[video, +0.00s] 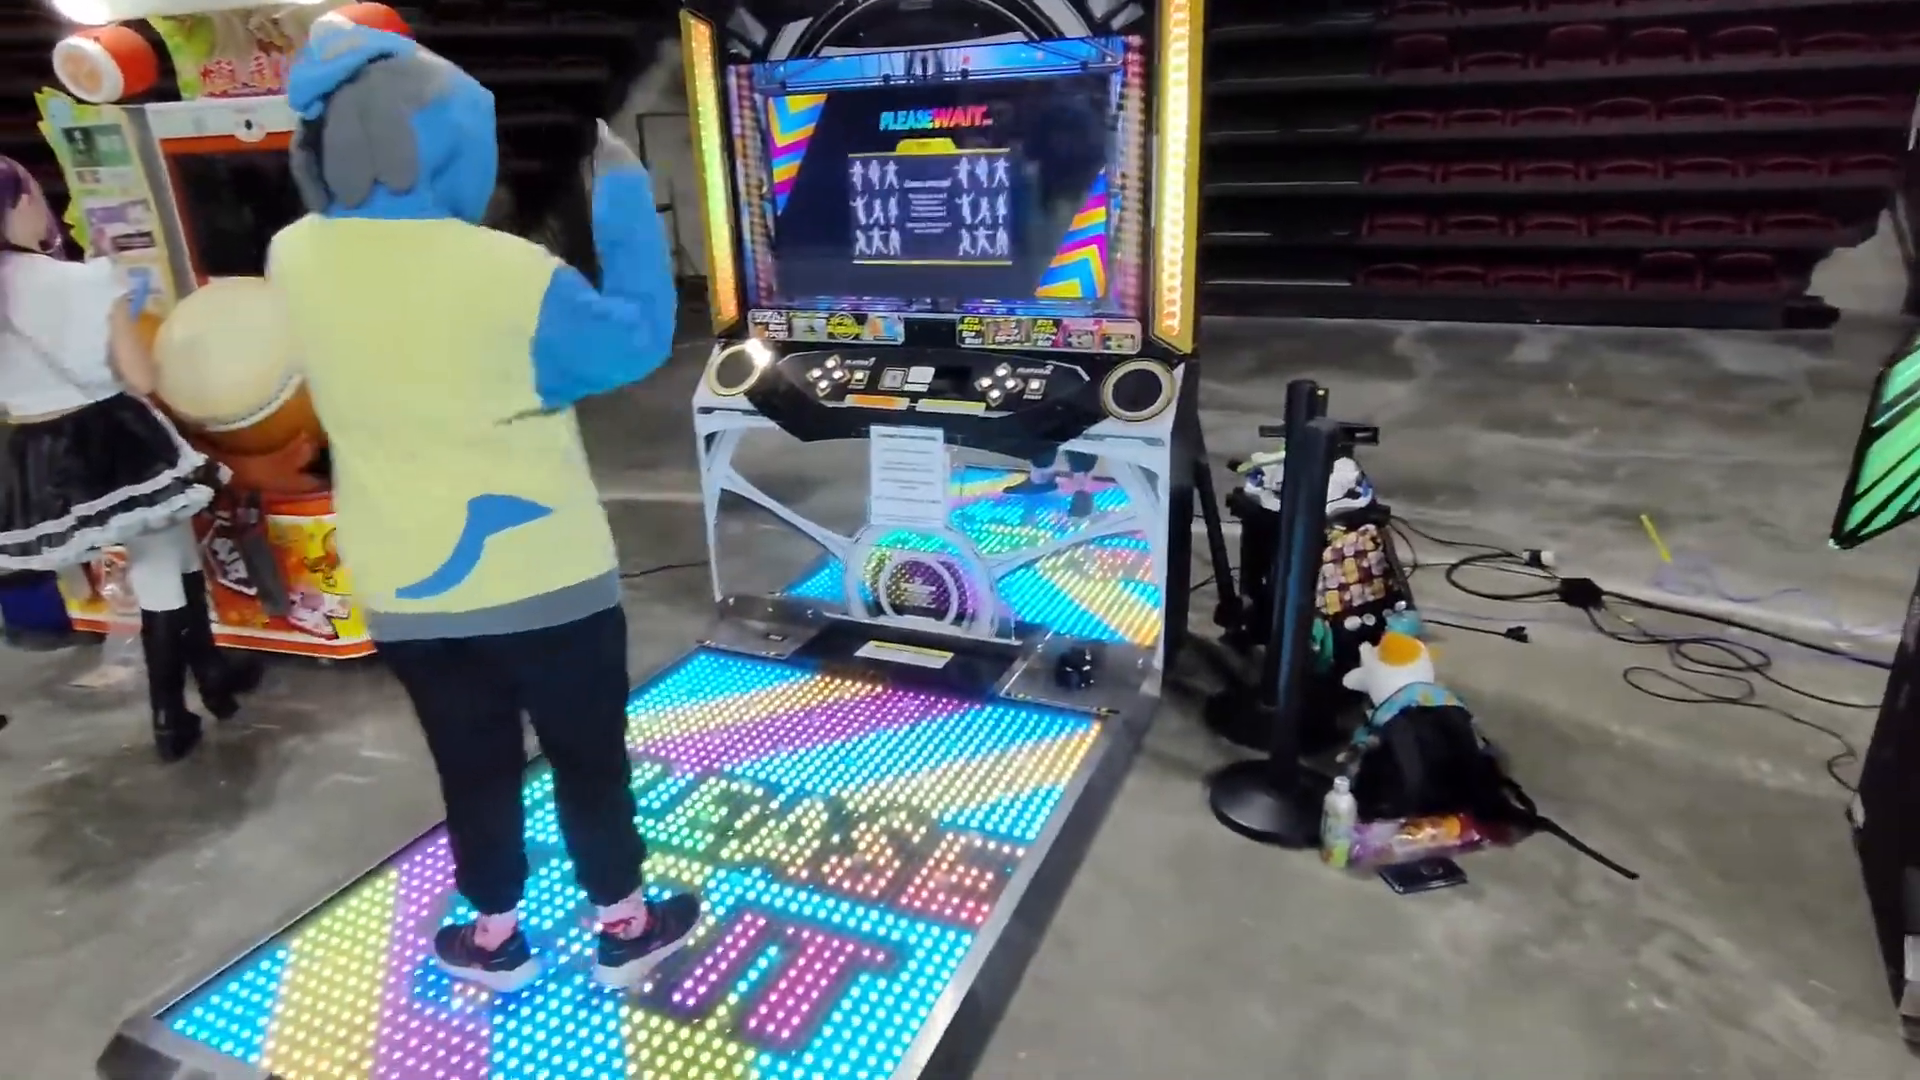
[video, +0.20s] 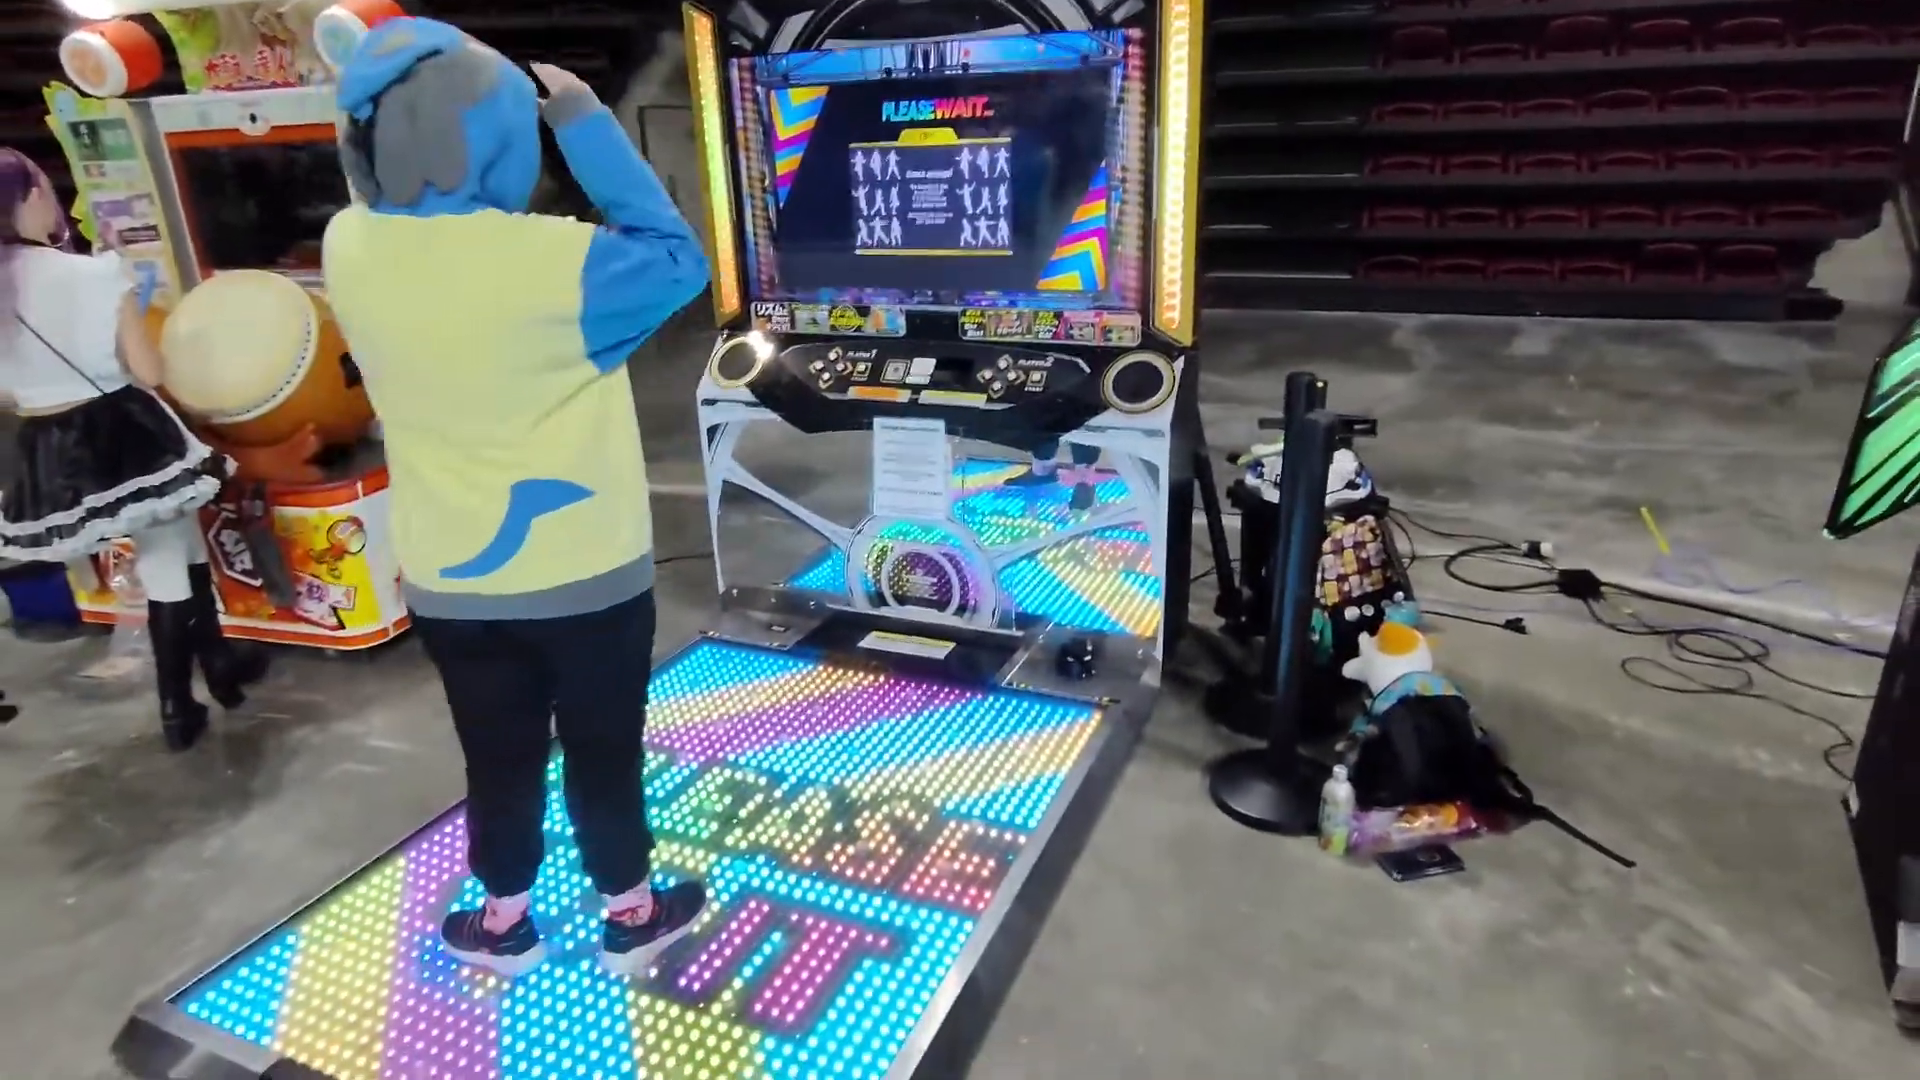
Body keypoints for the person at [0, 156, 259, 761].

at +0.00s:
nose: (46, 211)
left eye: (41, 199)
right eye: (38, 199)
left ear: (3, 211)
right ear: (15, 206)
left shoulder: (5, 283)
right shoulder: (84, 281)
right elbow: (139, 377)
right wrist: (125, 317)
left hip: (35, 450)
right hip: (108, 441)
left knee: (170, 539)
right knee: (159, 564)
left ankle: (212, 671)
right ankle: (170, 718)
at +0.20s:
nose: (55, 201)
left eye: (49, 191)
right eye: (47, 192)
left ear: (3, 208)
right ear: (28, 199)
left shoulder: (4, 282)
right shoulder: (97, 273)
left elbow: (11, 388)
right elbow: (147, 371)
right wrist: (132, 310)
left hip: (48, 446)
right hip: (122, 435)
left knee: (175, 529)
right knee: (164, 559)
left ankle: (218, 659)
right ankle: (176, 707)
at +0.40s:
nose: (64, 197)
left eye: (58, 187)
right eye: (55, 188)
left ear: (10, 206)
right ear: (32, 198)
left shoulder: (5, 283)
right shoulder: (105, 270)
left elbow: (9, 389)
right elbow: (155, 367)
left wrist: (54, 389)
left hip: (60, 441)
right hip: (131, 428)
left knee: (182, 533)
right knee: (172, 555)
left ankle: (229, 655)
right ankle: (187, 704)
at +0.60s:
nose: (59, 198)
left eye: (53, 188)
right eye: (52, 188)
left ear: (7, 203)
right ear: (30, 195)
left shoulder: (3, 284)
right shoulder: (100, 269)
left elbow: (7, 390)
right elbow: (152, 366)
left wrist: (53, 388)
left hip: (58, 442)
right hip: (129, 429)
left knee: (176, 538)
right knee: (170, 554)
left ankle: (229, 659)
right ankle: (186, 704)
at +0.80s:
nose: (35, 203)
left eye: (29, 190)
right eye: (29, 191)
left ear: (3, 197)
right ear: (10, 196)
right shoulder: (80, 276)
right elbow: (134, 374)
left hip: (22, 456)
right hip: (102, 444)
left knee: (157, 533)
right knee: (152, 554)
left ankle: (210, 666)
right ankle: (167, 711)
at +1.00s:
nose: (16, 199)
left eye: (12, 185)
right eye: (11, 186)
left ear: (3, 194)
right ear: (2, 198)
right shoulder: (64, 279)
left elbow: (116, 372)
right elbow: (121, 378)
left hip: (14, 465)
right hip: (88, 452)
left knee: (139, 536)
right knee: (136, 551)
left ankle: (194, 672)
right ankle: (151, 715)